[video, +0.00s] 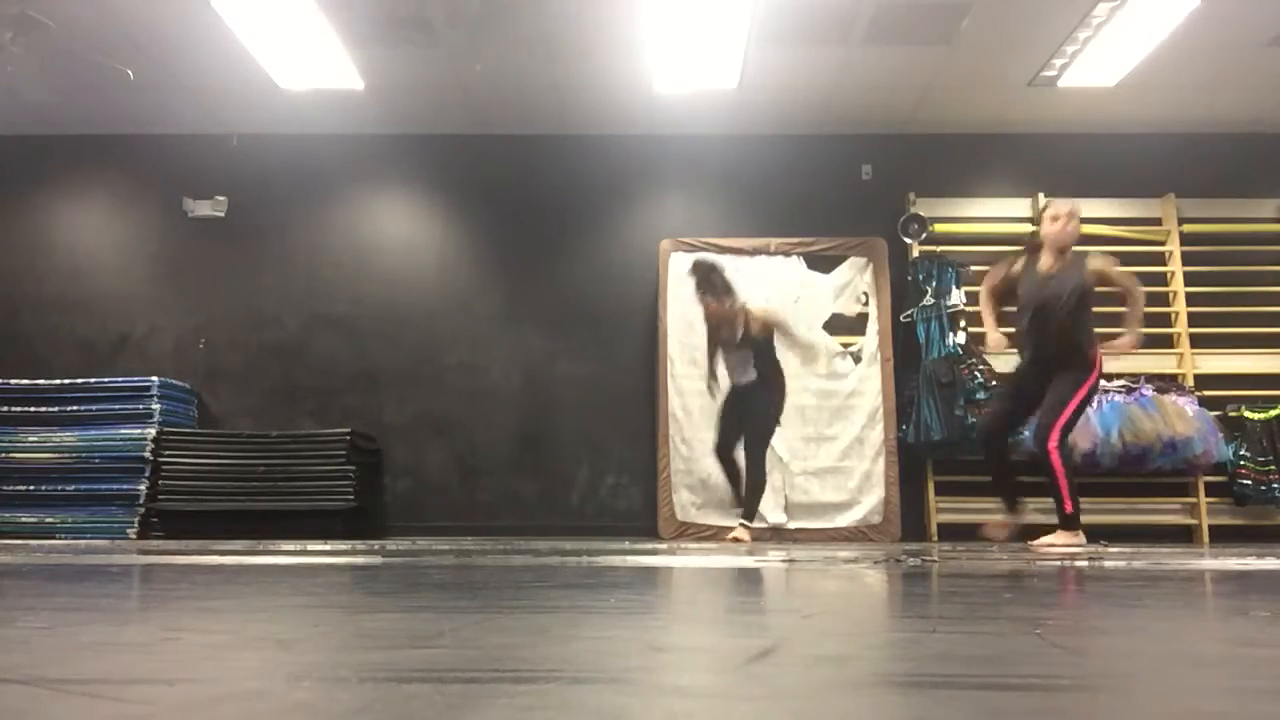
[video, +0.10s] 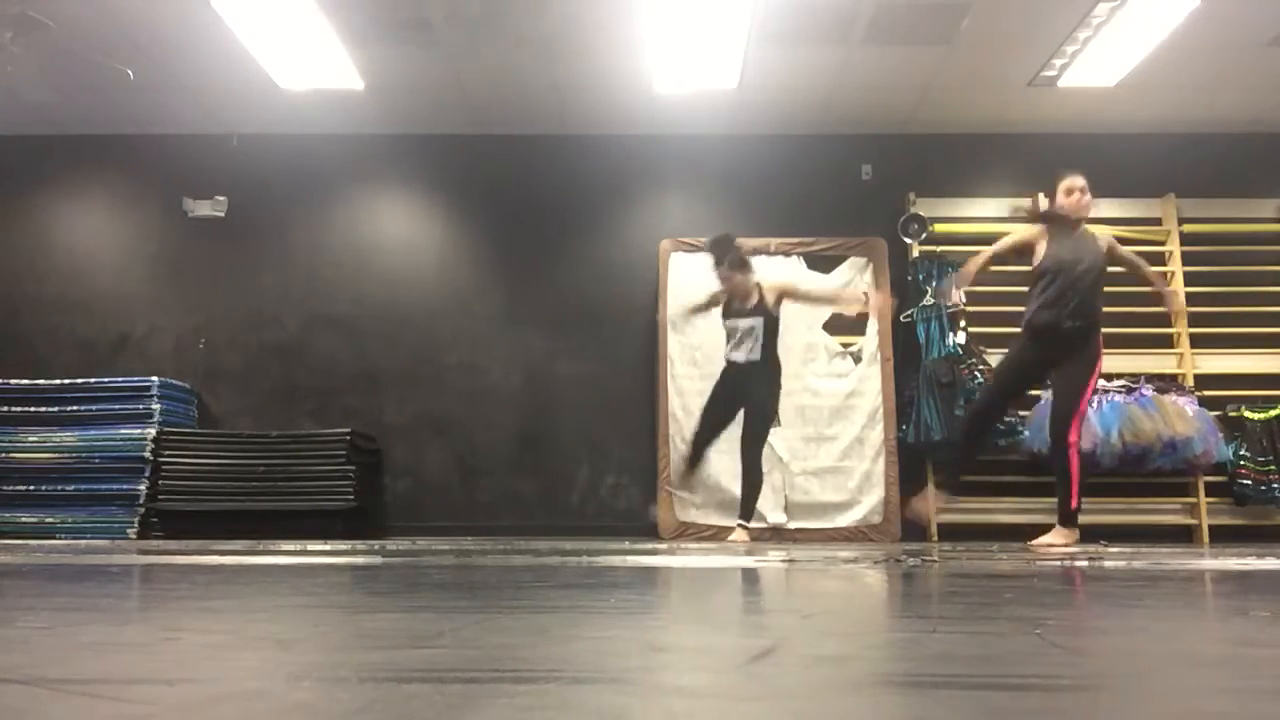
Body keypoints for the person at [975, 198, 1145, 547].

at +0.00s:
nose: (1062, 225)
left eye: (1070, 219)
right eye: (1054, 219)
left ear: (1079, 229)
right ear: (1040, 227)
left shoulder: (1091, 266)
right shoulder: (1022, 265)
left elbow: (1134, 290)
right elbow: (989, 287)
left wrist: (1131, 334)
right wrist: (992, 330)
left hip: (1078, 366)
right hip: (1036, 366)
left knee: (1047, 438)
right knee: (992, 430)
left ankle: (1071, 529)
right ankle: (1013, 512)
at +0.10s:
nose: (1080, 198)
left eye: (1085, 192)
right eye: (1071, 192)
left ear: (1092, 201)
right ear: (1052, 201)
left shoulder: (1103, 242)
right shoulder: (1037, 234)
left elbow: (1138, 267)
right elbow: (985, 257)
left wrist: (1166, 291)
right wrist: (959, 284)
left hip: (1080, 348)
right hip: (1035, 342)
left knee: (1064, 431)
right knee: (983, 409)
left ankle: (1067, 527)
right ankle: (941, 491)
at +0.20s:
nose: (1084, 188)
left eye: (1089, 184)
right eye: (1075, 183)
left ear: (1095, 197)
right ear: (1055, 195)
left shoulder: (1106, 241)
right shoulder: (1040, 226)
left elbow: (1147, 250)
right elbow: (979, 238)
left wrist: (1176, 255)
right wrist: (927, 243)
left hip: (1091, 337)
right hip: (1047, 328)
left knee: (1070, 429)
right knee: (987, 395)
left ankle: (1060, 522)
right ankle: (918, 456)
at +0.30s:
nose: (1087, 198)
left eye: (1091, 192)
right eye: (1078, 192)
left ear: (1097, 201)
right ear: (1057, 199)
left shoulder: (1114, 241)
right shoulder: (1045, 234)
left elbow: (1164, 238)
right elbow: (984, 224)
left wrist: (1209, 233)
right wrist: (932, 211)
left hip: (1100, 339)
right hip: (1056, 327)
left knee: (1072, 430)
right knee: (1005, 385)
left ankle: (1050, 521)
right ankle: (943, 443)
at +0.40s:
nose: (1087, 209)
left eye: (1092, 204)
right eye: (1079, 203)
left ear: (1098, 212)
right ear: (1059, 211)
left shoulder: (1116, 247)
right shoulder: (1055, 251)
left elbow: (1175, 231)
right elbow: (1023, 225)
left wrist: (1229, 217)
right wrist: (995, 194)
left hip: (1107, 346)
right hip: (1064, 340)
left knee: (1075, 439)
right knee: (1047, 387)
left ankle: (1044, 521)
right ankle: (1012, 456)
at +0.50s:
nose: (1094, 222)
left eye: (1100, 217)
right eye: (1086, 215)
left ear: (1104, 226)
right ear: (1067, 222)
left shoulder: (1117, 258)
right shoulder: (1059, 262)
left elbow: (1173, 237)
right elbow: (1052, 260)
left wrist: (1229, 210)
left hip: (1118, 358)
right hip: (1075, 350)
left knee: (1084, 441)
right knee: (1086, 398)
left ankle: (1035, 524)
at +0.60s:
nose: (1111, 227)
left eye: (1115, 222)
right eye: (1102, 222)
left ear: (1121, 229)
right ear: (1083, 233)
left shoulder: (1137, 258)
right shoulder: (1076, 280)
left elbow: (1179, 254)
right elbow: (1103, 301)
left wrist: (1203, 221)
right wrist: (1140, 278)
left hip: (1135, 370)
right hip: (1094, 366)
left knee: (1093, 449)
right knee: (1138, 419)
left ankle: (1037, 524)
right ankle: (1150, 519)